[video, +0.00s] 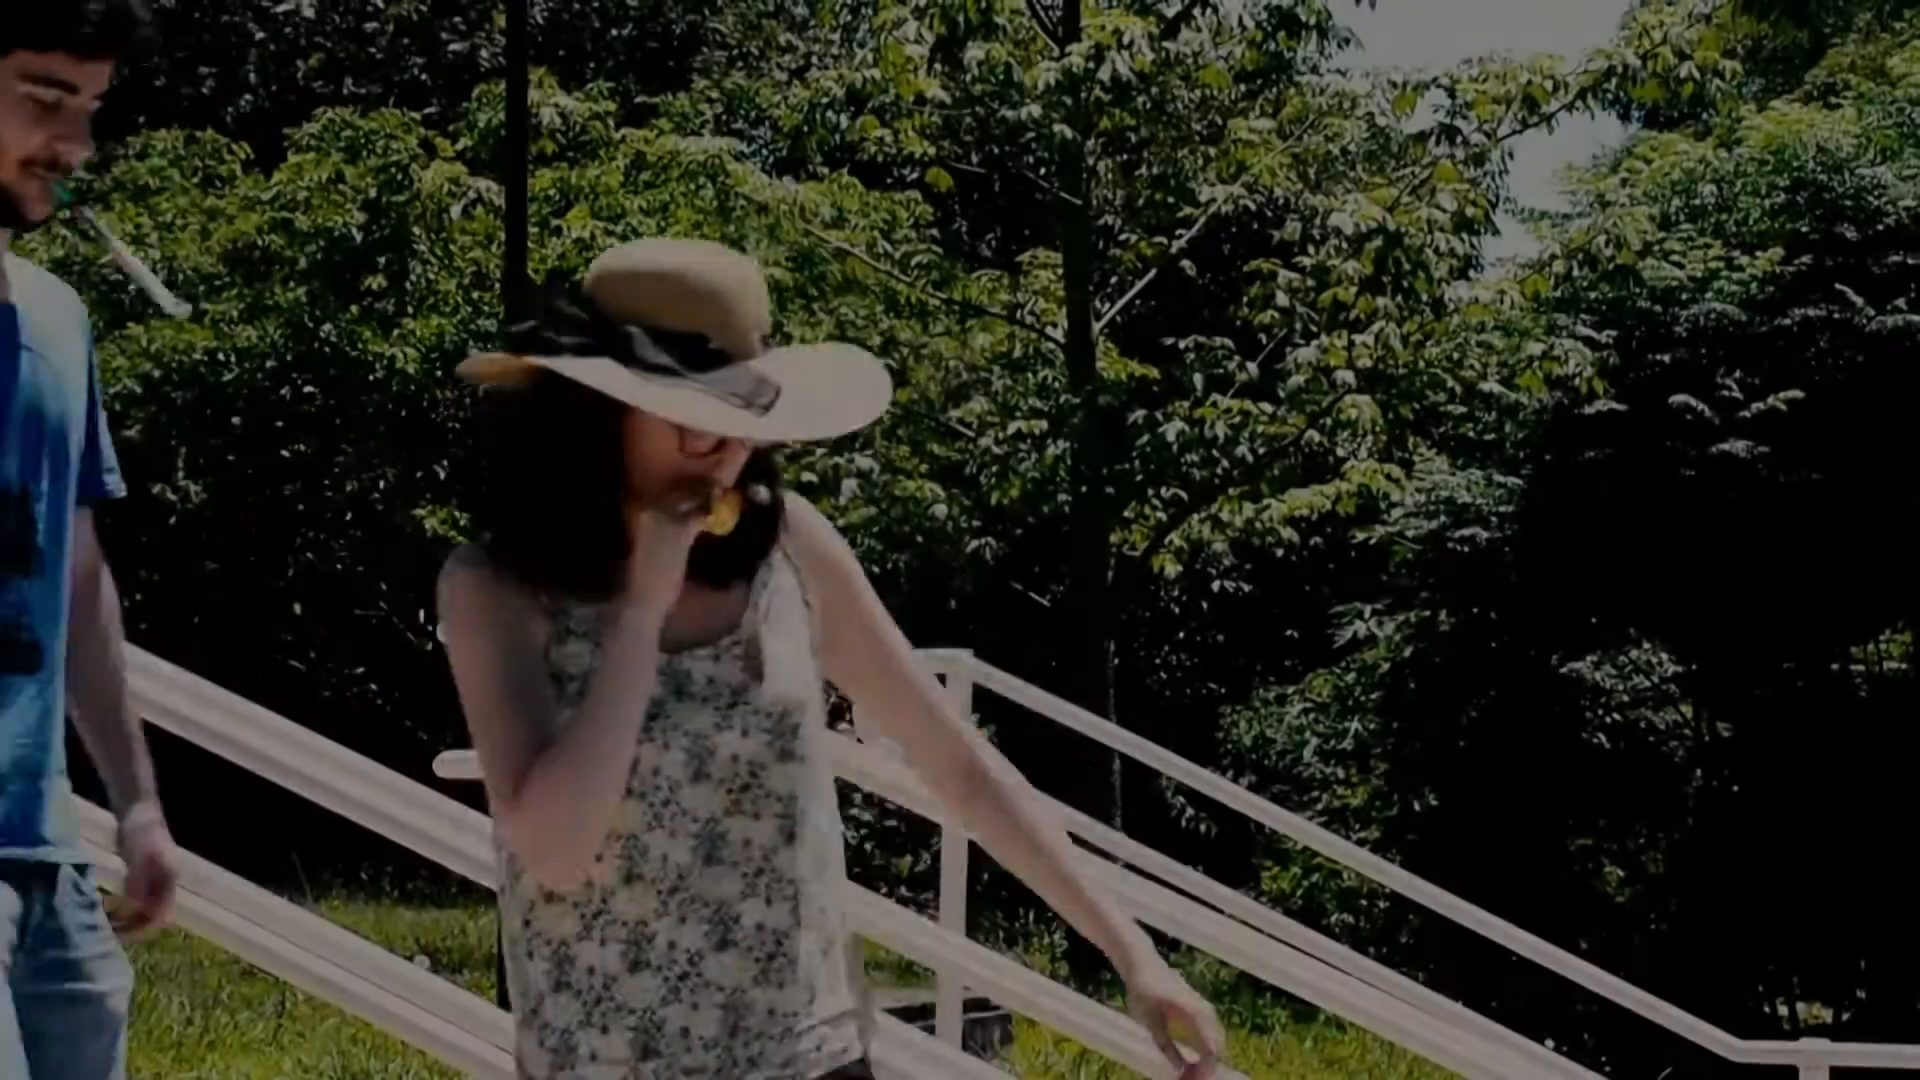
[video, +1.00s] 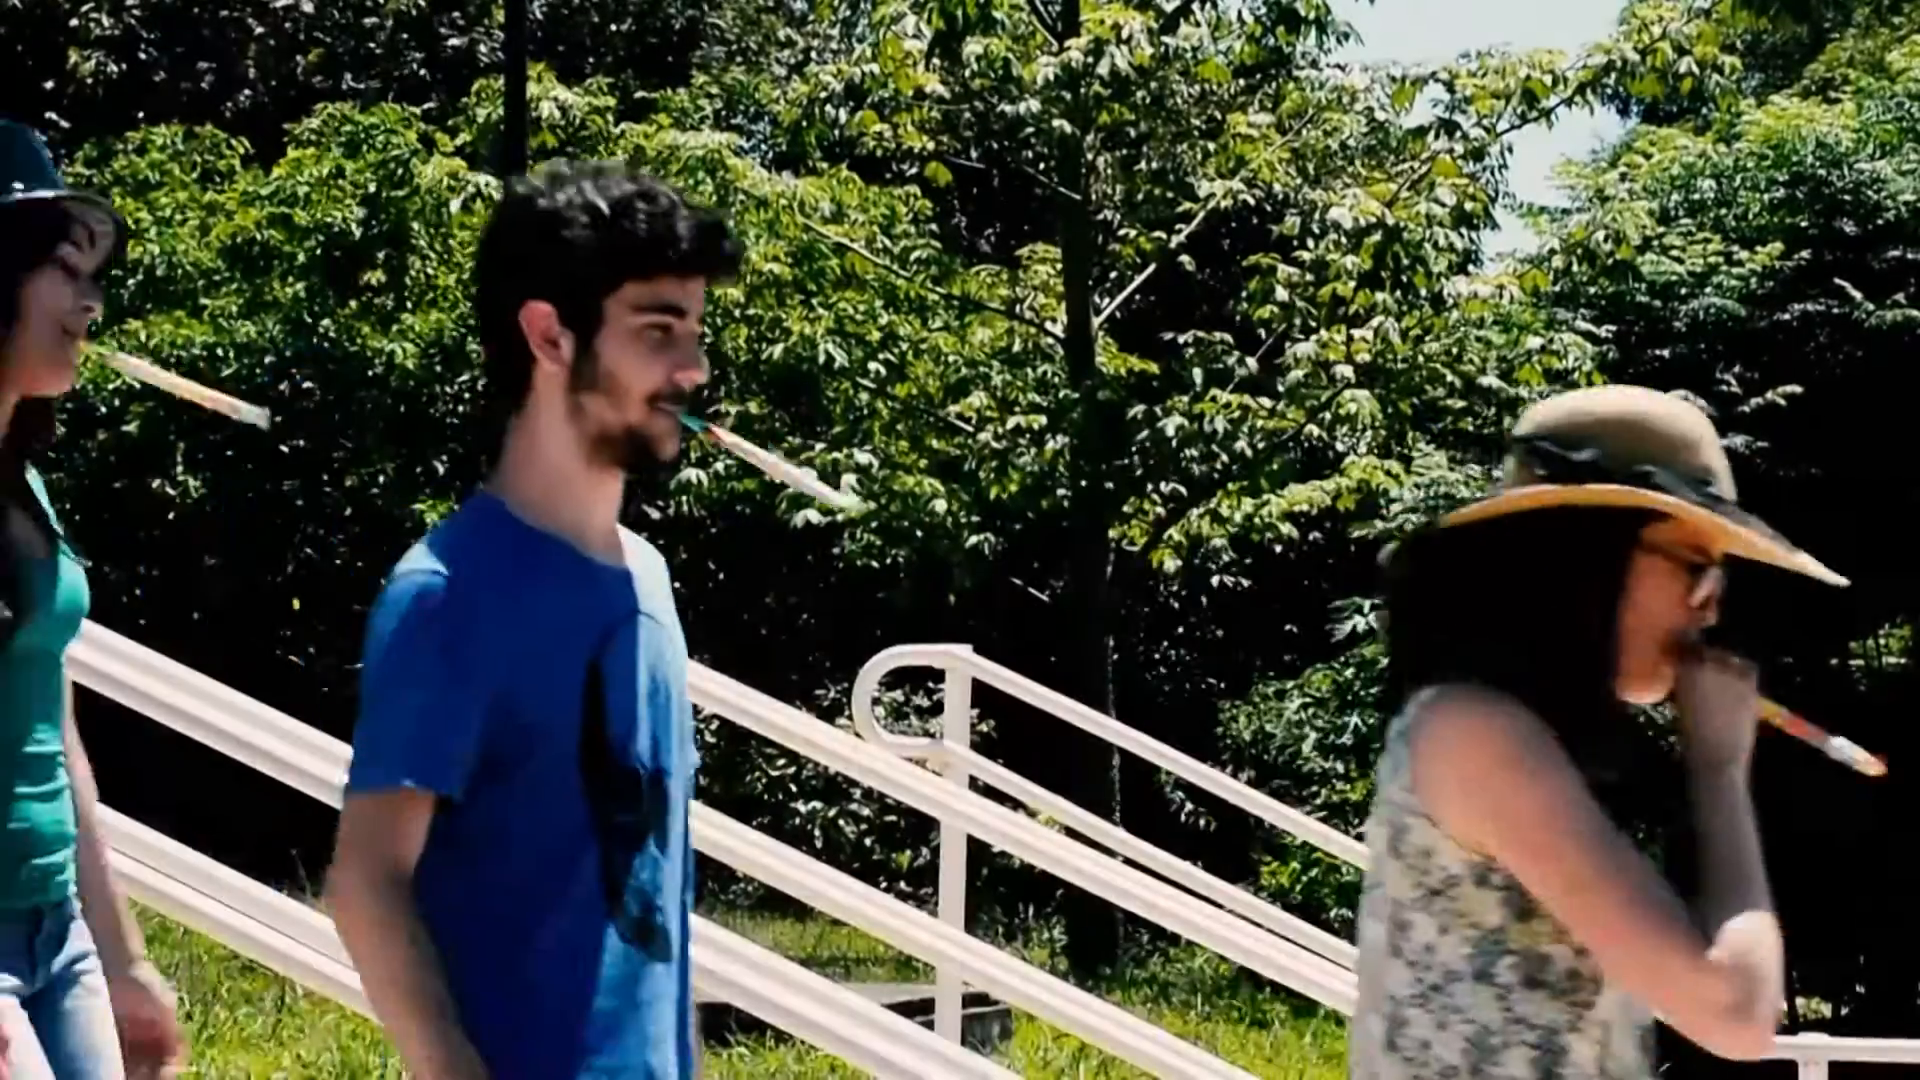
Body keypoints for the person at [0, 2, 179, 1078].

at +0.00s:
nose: (72, 144)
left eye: (89, 112)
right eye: (42, 99)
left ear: (98, 122)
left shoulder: (57, 318)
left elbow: (78, 576)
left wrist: (135, 798)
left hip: (43, 858)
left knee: (90, 1031)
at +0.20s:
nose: (190, 103)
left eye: (204, 71)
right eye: (159, 58)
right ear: (51, 48)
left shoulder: (161, 282)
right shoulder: (18, 262)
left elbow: (182, 536)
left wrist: (293, 715)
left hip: (146, 815)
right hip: (34, 815)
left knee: (133, 1055)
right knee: (122, 1062)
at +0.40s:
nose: (292, 184)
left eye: (300, 151)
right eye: (259, 141)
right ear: (148, 140)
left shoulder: (227, 382)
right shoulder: (38, 385)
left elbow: (250, 642)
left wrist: (361, 818)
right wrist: (20, 913)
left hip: (248, 948)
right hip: (116, 970)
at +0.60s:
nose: (411, 240)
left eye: (414, 207)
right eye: (379, 200)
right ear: (269, 199)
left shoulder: (338, 439)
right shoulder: (163, 452)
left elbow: (309, 721)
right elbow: (131, 738)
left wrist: (357, 965)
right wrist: (242, 978)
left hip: (357, 1007)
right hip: (210, 1031)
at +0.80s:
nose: (555, 233)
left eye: (558, 198)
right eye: (520, 193)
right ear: (409, 196)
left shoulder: (482, 428)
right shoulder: (303, 450)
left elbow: (447, 706)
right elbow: (238, 734)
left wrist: (486, 954)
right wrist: (401, 945)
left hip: (478, 988)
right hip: (326, 1010)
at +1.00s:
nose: (696, 371)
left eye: (697, 333)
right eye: (660, 328)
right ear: (549, 336)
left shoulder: (644, 573)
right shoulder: (447, 595)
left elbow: (634, 854)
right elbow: (366, 881)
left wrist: (668, 1052)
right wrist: (452, 1069)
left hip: (649, 1051)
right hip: (527, 1054)